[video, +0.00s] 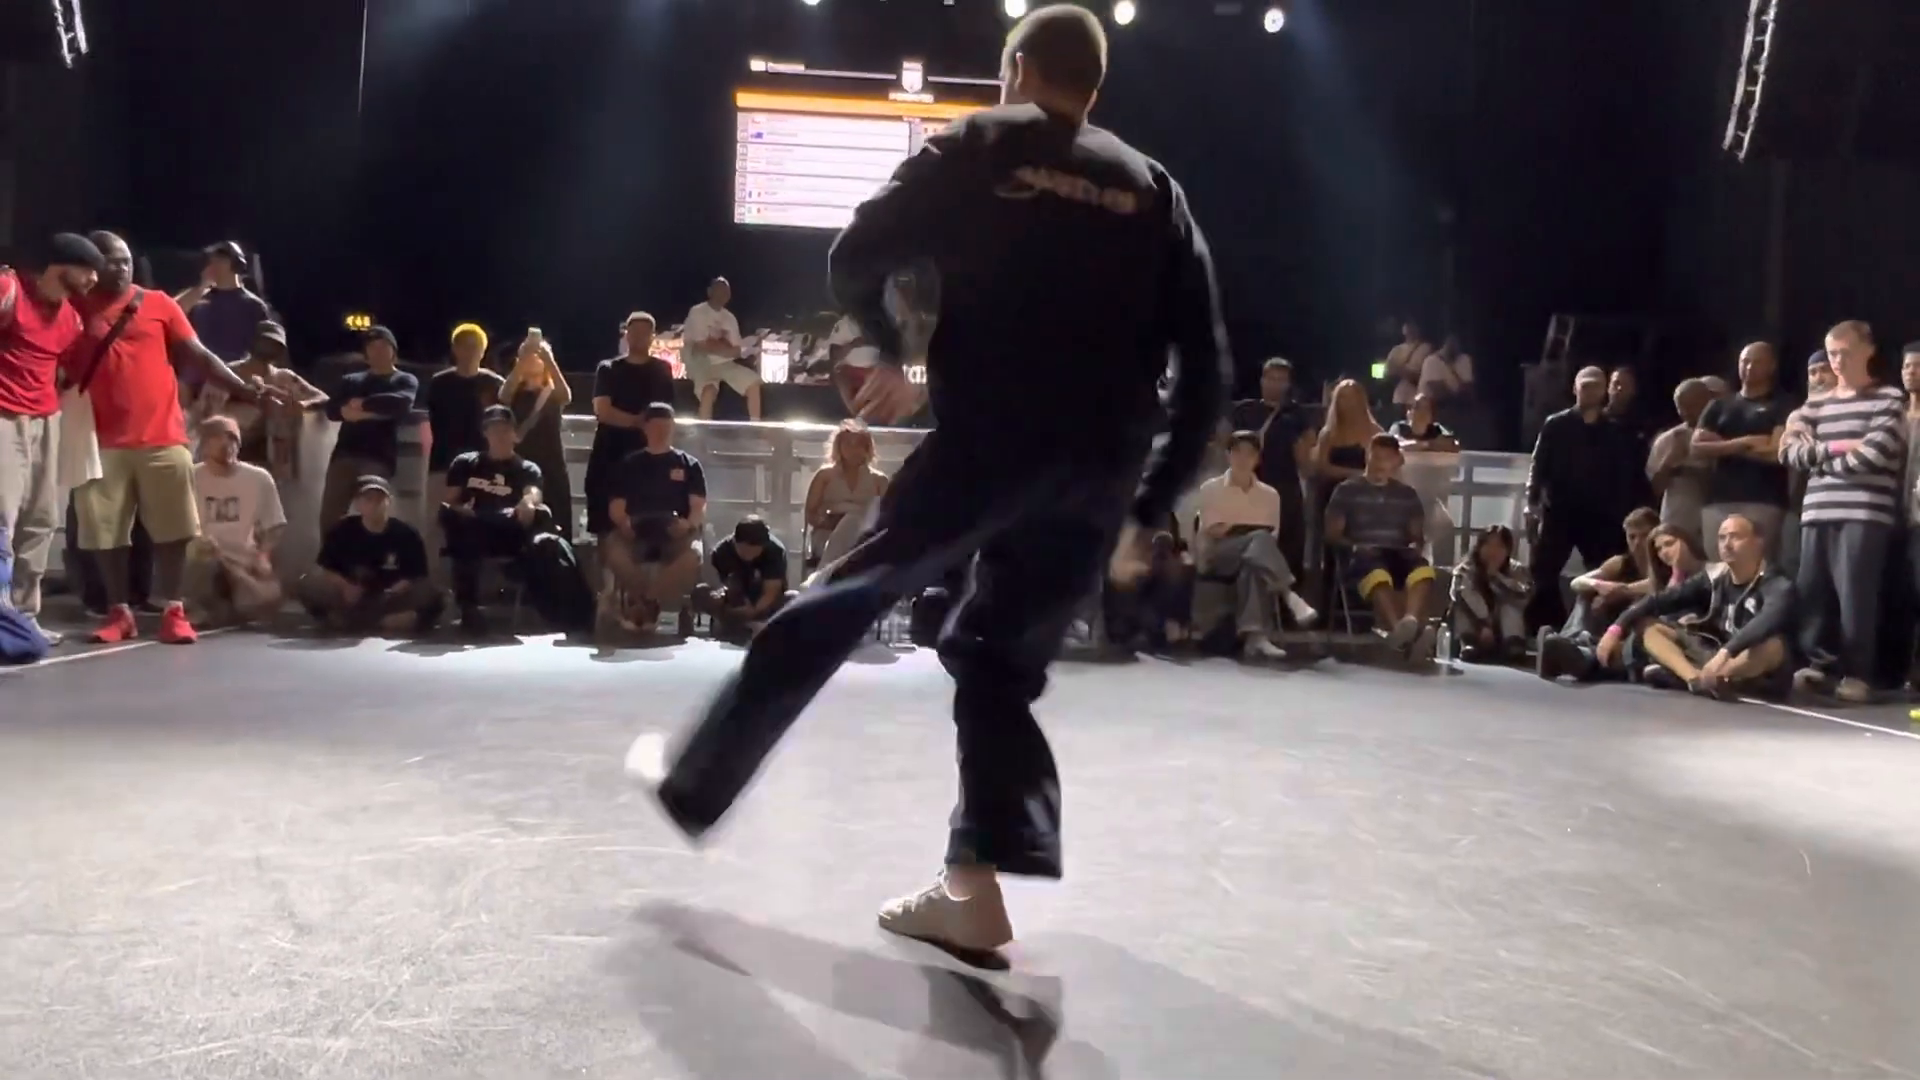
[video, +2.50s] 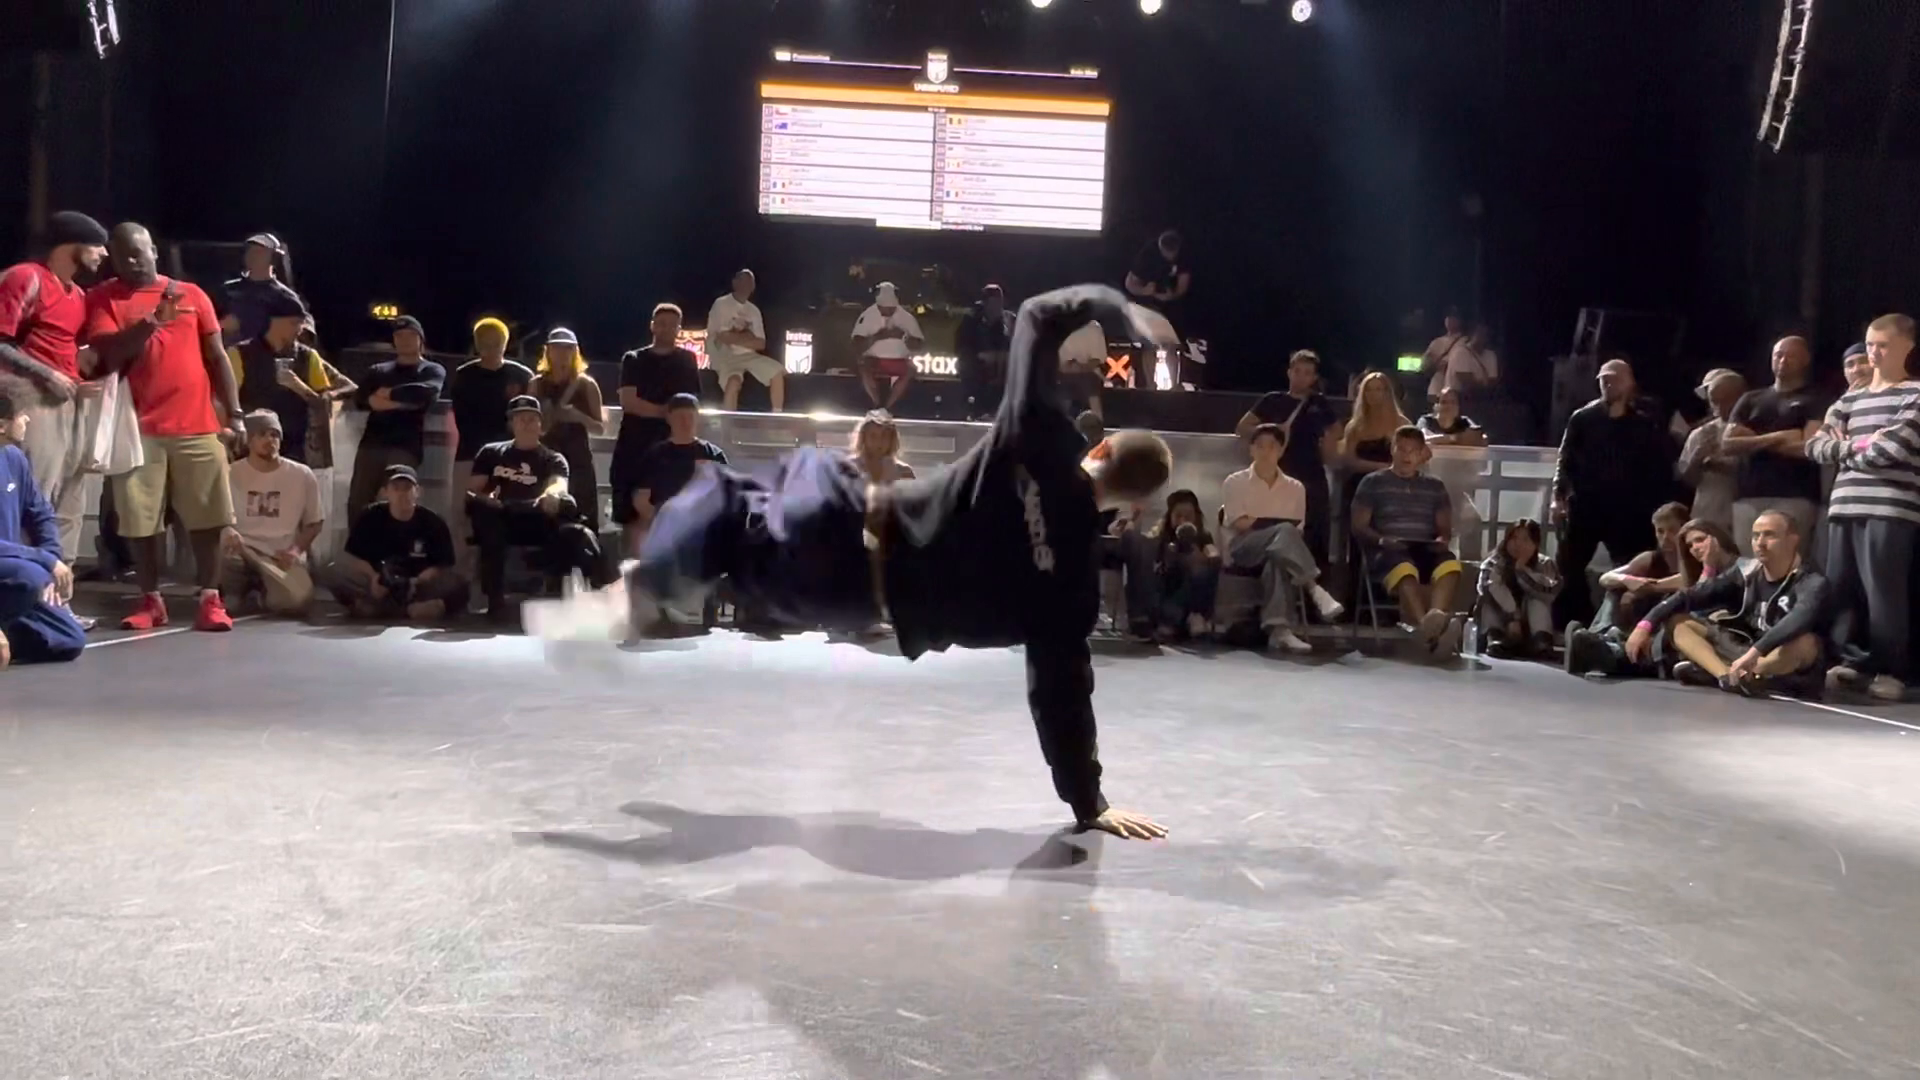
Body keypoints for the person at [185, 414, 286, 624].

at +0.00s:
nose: (228, 447)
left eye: (232, 440)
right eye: (220, 440)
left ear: (238, 444)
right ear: (205, 444)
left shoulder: (259, 479)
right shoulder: (191, 477)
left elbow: (275, 527)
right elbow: (186, 524)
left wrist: (263, 554)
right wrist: (201, 542)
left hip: (244, 560)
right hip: (206, 558)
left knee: (268, 598)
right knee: (199, 548)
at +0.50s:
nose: (222, 451)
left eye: (227, 446)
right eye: (214, 446)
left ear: (235, 453)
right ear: (202, 456)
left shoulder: (263, 487)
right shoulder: (191, 491)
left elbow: (281, 535)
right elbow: (186, 532)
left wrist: (266, 565)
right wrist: (194, 548)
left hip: (252, 569)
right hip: (212, 564)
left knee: (266, 619)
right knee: (191, 557)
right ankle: (206, 613)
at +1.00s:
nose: (251, 456)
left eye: (256, 450)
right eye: (244, 450)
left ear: (262, 455)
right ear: (229, 454)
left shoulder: (281, 491)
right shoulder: (211, 491)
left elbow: (291, 537)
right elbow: (201, 533)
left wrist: (275, 567)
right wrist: (211, 549)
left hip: (264, 569)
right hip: (225, 565)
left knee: (276, 617)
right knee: (209, 557)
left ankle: (237, 613)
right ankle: (211, 617)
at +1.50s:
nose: (259, 454)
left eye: (265, 449)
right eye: (252, 449)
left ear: (270, 454)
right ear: (238, 454)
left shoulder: (292, 488)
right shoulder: (224, 487)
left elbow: (306, 535)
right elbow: (212, 527)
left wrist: (281, 565)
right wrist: (222, 550)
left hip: (272, 568)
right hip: (234, 563)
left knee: (280, 616)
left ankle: (253, 605)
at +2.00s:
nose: (267, 445)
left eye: (272, 439)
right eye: (260, 439)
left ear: (277, 444)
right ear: (245, 443)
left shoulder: (298, 481)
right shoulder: (228, 478)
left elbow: (311, 526)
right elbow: (217, 518)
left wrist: (288, 557)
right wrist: (226, 542)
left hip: (277, 562)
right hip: (238, 557)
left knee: (290, 607)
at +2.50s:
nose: (270, 440)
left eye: (275, 434)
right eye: (263, 434)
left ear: (280, 439)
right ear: (249, 439)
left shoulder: (302, 475)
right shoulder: (231, 473)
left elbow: (314, 521)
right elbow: (219, 507)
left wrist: (296, 550)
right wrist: (227, 529)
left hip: (282, 555)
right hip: (242, 550)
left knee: (296, 600)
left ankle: (258, 595)